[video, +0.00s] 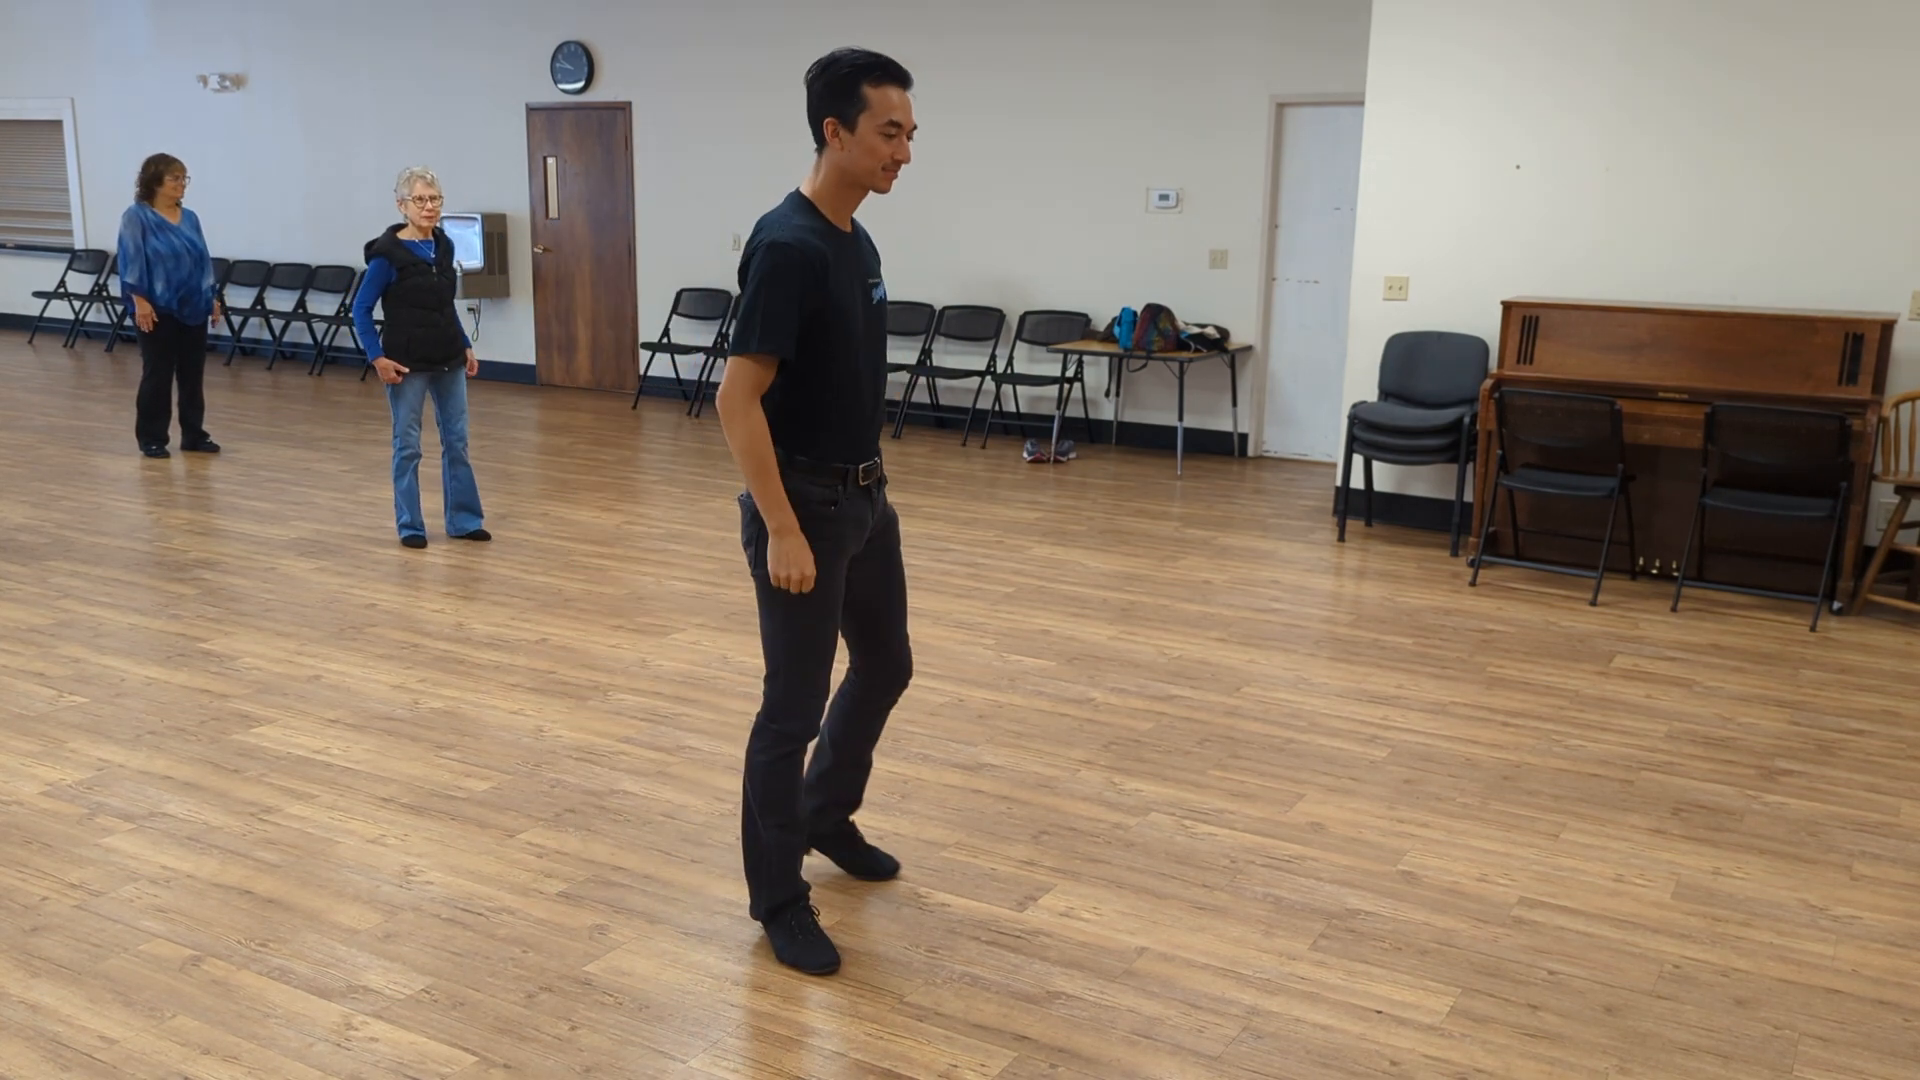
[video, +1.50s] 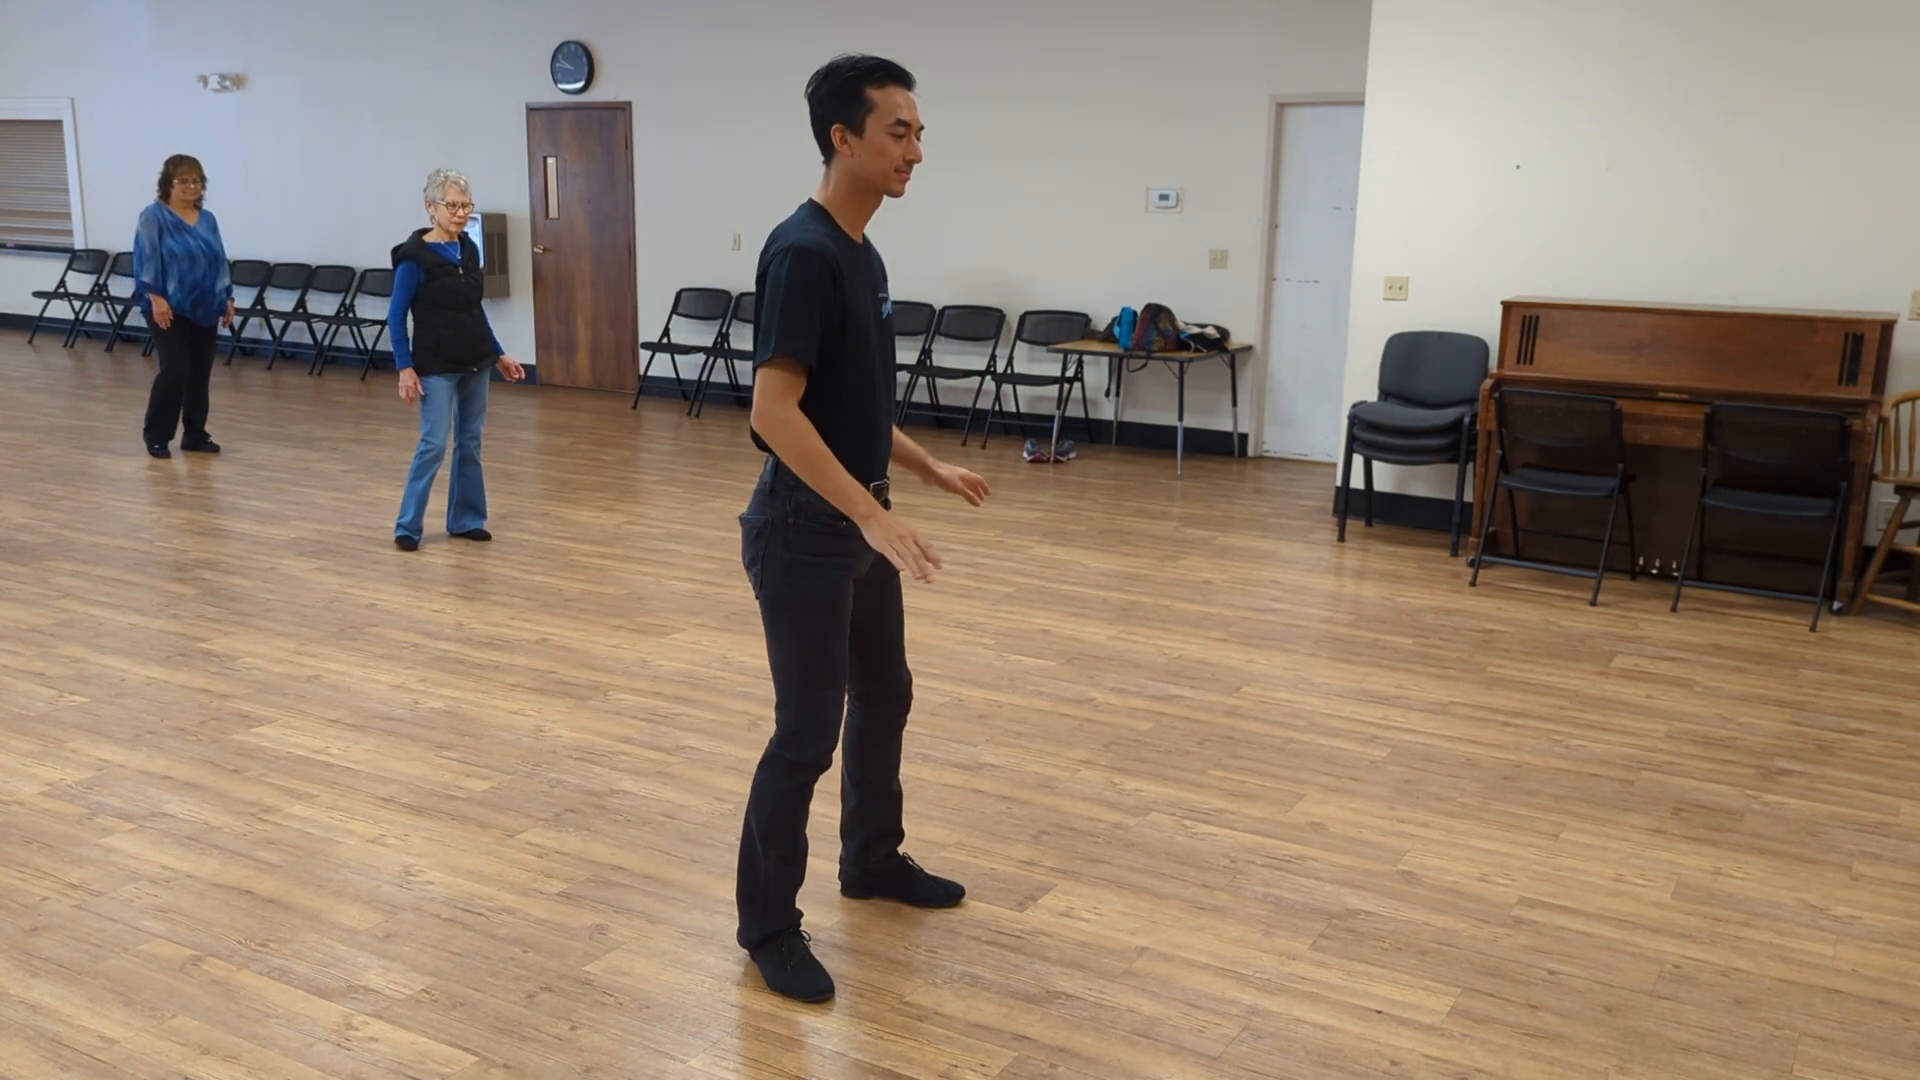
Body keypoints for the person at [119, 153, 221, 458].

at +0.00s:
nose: (182, 184)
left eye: (184, 179)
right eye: (175, 178)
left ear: (183, 183)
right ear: (156, 182)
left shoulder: (189, 217)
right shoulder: (136, 216)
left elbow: (203, 261)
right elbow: (132, 263)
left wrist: (213, 296)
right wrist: (140, 301)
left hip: (193, 308)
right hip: (157, 308)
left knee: (192, 375)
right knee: (158, 374)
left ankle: (193, 435)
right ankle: (152, 440)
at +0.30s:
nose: (180, 183)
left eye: (182, 178)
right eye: (173, 178)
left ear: (182, 182)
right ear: (154, 182)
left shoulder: (188, 216)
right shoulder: (135, 216)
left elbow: (201, 261)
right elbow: (130, 263)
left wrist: (209, 295)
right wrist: (138, 300)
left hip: (193, 308)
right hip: (157, 308)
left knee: (192, 376)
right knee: (158, 375)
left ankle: (194, 435)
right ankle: (152, 440)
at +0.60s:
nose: (175, 182)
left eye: (178, 177)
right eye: (167, 177)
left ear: (182, 182)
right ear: (150, 182)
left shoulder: (187, 216)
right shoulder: (135, 216)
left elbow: (201, 261)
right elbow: (129, 263)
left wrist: (210, 294)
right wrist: (138, 300)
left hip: (192, 307)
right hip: (156, 308)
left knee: (191, 376)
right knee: (157, 376)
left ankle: (193, 435)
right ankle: (152, 440)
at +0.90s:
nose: (172, 183)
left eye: (177, 178)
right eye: (164, 178)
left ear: (182, 182)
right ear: (149, 183)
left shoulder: (188, 217)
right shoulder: (135, 216)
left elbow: (202, 262)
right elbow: (130, 264)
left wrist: (210, 296)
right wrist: (138, 300)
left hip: (193, 308)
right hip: (157, 308)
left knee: (192, 375)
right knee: (157, 375)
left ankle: (193, 436)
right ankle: (152, 440)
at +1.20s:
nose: (180, 184)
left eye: (184, 179)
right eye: (171, 180)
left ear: (190, 183)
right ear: (156, 184)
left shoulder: (195, 218)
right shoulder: (142, 217)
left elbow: (209, 261)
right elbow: (137, 263)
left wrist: (217, 297)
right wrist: (145, 299)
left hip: (198, 308)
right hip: (162, 308)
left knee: (195, 374)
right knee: (163, 374)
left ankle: (194, 435)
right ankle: (152, 440)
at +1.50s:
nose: (193, 186)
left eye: (197, 181)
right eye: (185, 181)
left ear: (203, 184)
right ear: (169, 184)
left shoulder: (207, 218)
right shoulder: (153, 216)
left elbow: (220, 262)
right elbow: (147, 262)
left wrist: (227, 297)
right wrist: (156, 298)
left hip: (205, 308)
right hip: (169, 307)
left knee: (199, 372)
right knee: (175, 369)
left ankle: (194, 434)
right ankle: (156, 436)